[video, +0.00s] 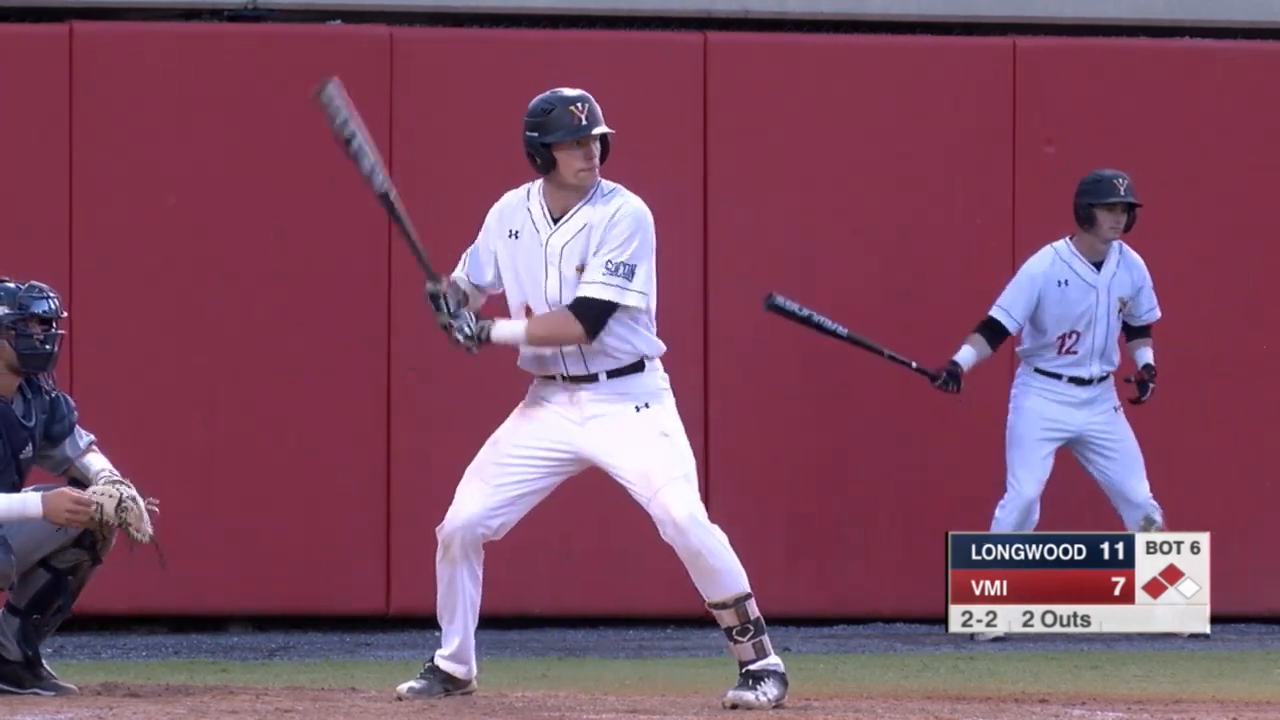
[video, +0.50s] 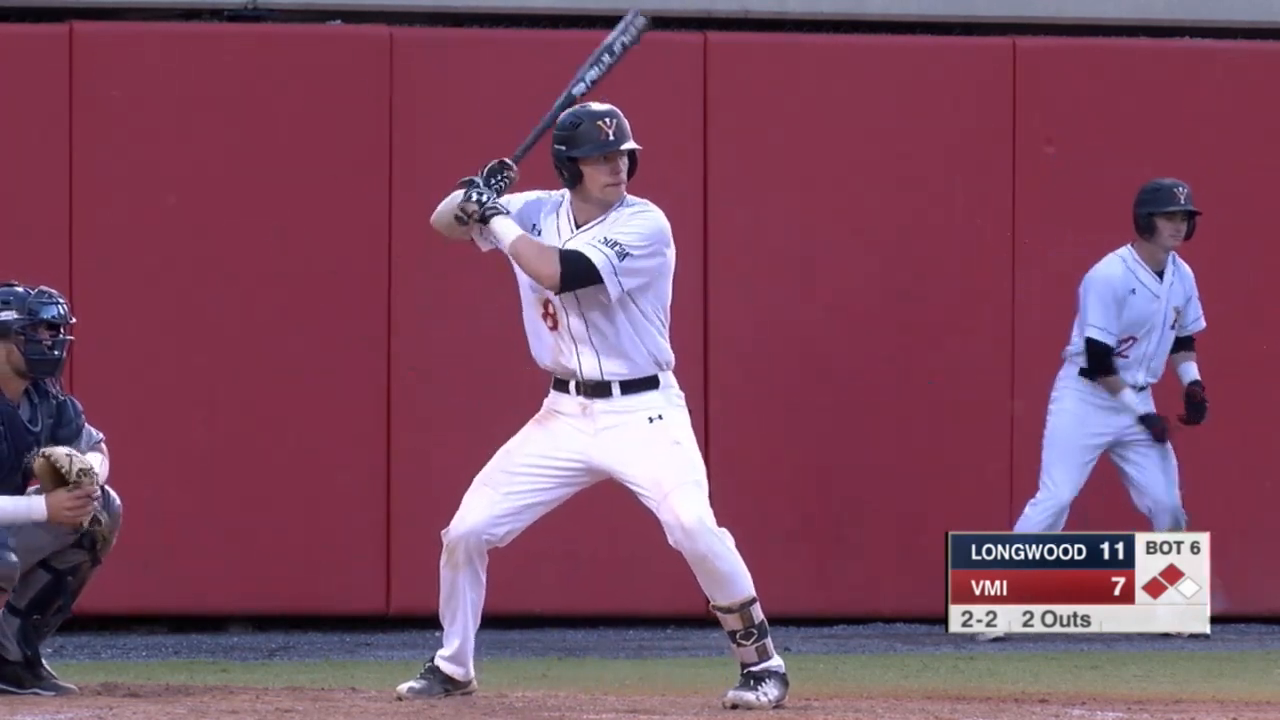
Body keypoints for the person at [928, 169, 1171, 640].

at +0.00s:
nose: (1119, 218)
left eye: (1124, 210)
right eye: (1110, 210)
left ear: (1128, 215)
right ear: (1085, 212)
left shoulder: (1130, 265)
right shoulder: (1044, 265)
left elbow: (1138, 324)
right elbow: (998, 326)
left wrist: (1145, 365)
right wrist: (958, 365)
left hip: (1100, 400)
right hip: (1040, 396)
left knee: (1141, 502)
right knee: (1024, 496)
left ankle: (1165, 603)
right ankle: (985, 598)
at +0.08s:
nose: (1120, 219)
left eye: (1125, 211)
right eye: (1111, 211)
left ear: (1130, 216)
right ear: (1086, 214)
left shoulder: (1132, 266)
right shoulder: (1045, 267)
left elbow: (1139, 326)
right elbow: (997, 326)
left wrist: (1146, 366)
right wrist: (958, 366)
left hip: (1101, 401)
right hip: (1042, 397)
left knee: (1141, 503)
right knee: (1025, 497)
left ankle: (1165, 604)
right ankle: (986, 598)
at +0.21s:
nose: (1134, 221)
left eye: (1138, 214)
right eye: (1124, 213)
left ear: (1142, 219)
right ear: (1099, 217)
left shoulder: (1142, 269)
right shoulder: (1058, 270)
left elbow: (1148, 328)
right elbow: (1014, 333)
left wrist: (1157, 371)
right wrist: (986, 384)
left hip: (1108, 403)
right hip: (1050, 398)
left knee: (1146, 506)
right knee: (1031, 500)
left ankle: (1164, 604)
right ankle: (989, 595)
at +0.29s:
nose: (1144, 223)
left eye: (1148, 215)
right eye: (1135, 215)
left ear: (1151, 221)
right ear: (1109, 218)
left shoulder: (1150, 270)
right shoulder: (1066, 272)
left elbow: (1154, 331)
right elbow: (1028, 341)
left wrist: (1164, 374)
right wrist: (1013, 396)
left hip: (1114, 405)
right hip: (1056, 400)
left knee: (1150, 507)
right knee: (1035, 500)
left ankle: (1166, 607)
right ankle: (988, 594)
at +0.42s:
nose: (1166, 225)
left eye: (1170, 217)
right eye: (1156, 217)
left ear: (1174, 223)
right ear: (1131, 221)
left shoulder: (1168, 274)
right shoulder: (1091, 275)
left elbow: (1169, 335)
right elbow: (1068, 357)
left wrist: (1180, 378)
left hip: (1128, 402)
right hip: (1072, 396)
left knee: (1160, 508)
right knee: (1047, 498)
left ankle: (1171, 608)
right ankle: (994, 590)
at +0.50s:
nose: (1180, 226)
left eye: (1185, 218)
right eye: (1171, 218)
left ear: (1188, 224)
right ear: (1146, 221)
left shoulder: (1181, 275)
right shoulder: (1108, 275)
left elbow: (1183, 340)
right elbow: (1098, 361)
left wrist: (1193, 384)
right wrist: (1141, 411)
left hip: (1138, 404)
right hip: (1084, 399)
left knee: (1167, 507)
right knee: (1055, 499)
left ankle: (1177, 608)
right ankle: (996, 592)